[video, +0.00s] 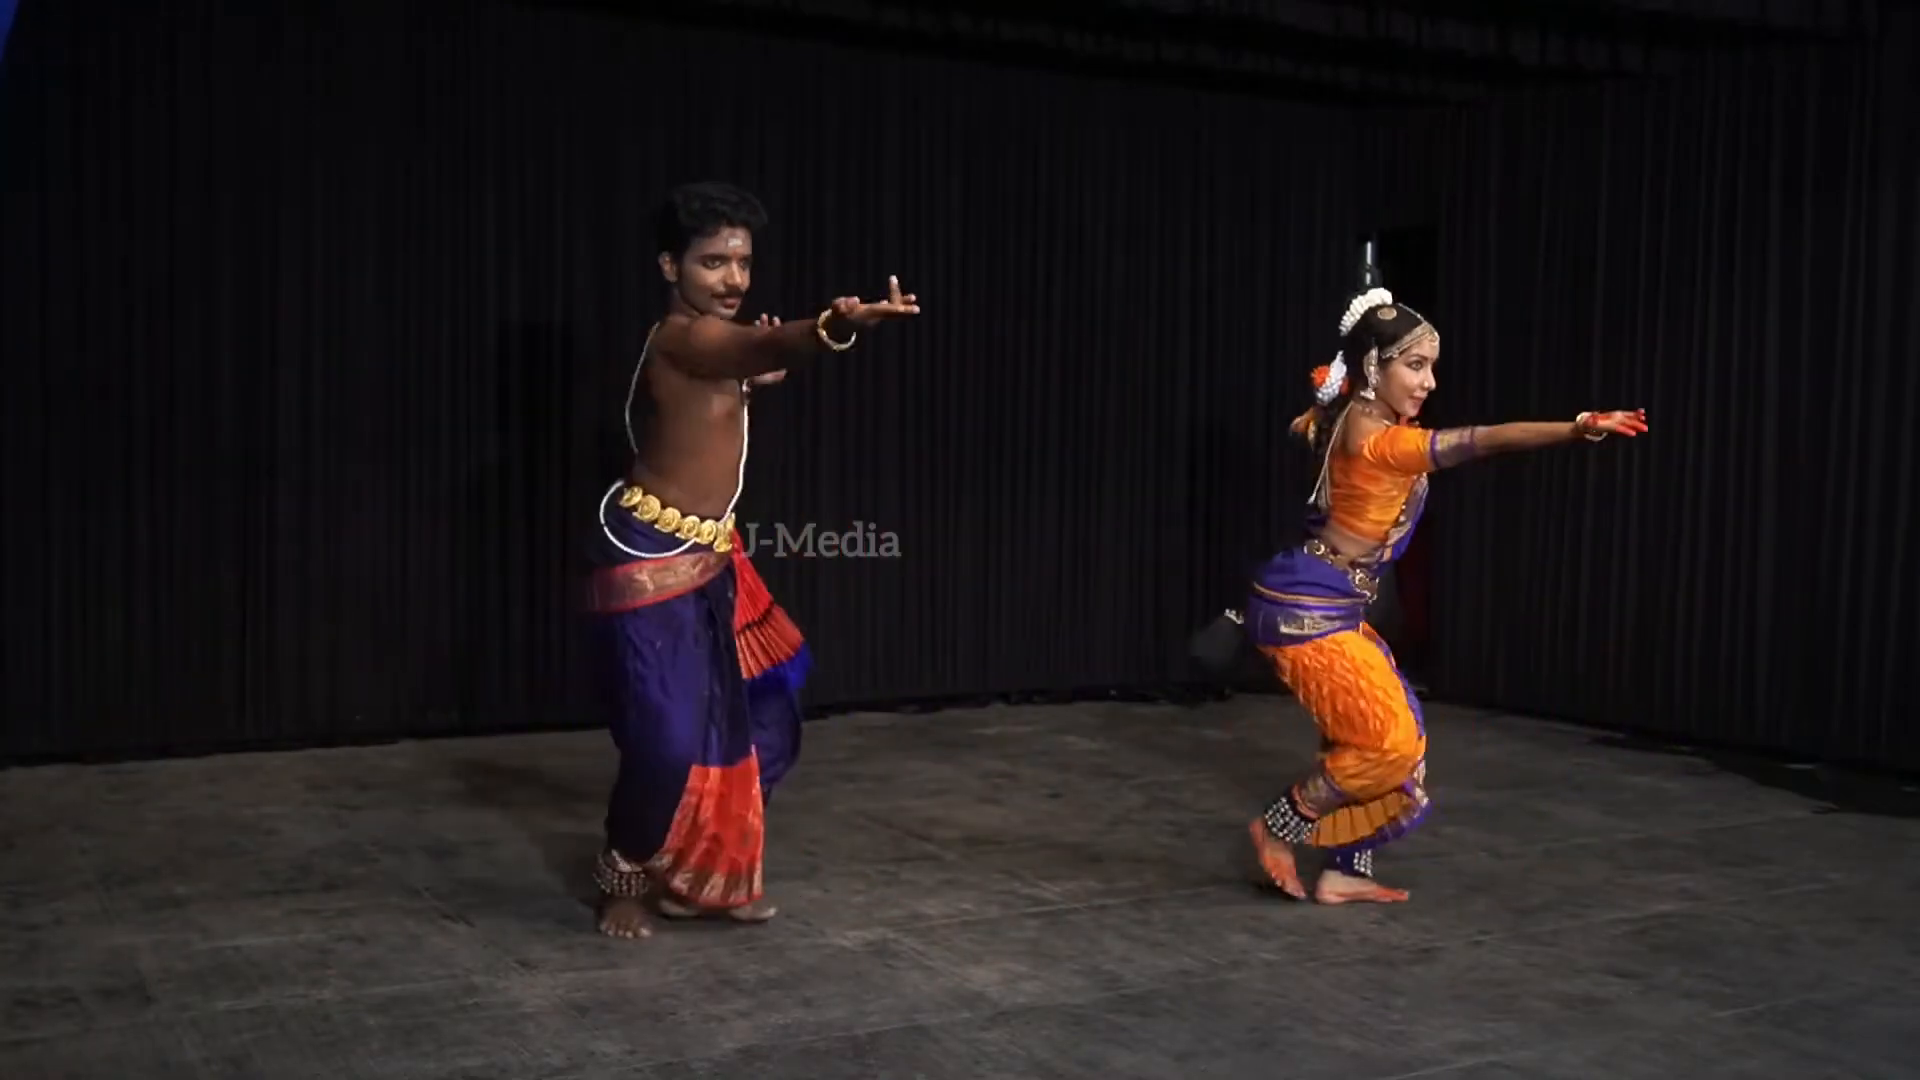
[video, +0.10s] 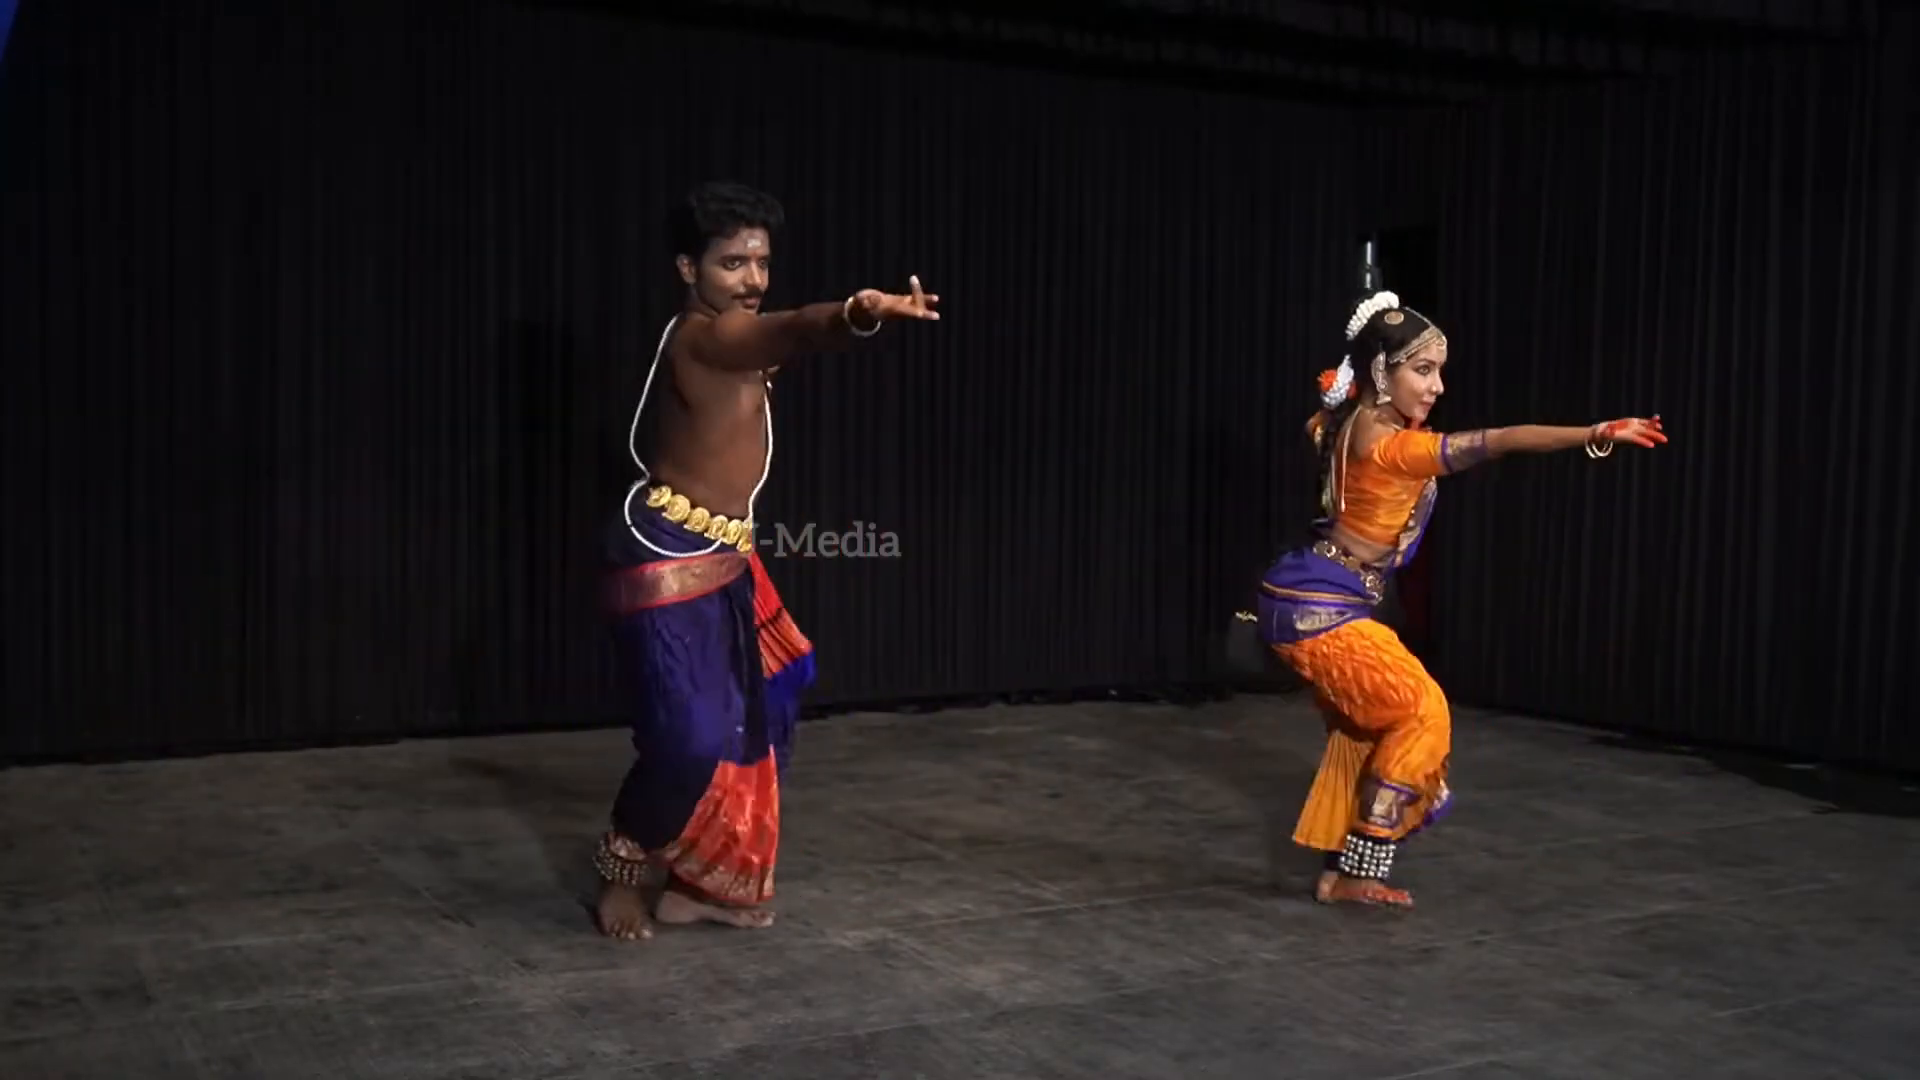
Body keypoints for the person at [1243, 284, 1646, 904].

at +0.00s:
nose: (1429, 380)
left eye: (1432, 367)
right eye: (1416, 365)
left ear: (1376, 369)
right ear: (1372, 369)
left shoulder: (1349, 414)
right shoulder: (1382, 442)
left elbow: (1305, 425)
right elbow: (1478, 440)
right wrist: (1575, 429)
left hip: (1330, 611)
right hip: (1309, 614)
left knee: (1400, 743)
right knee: (1391, 743)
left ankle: (1343, 872)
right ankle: (1277, 827)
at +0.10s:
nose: (1437, 384)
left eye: (1439, 370)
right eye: (1423, 369)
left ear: (1376, 378)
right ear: (1380, 374)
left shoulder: (1351, 421)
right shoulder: (1394, 446)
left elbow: (1320, 426)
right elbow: (1493, 441)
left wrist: (1341, 397)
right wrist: (1594, 434)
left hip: (1306, 601)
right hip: (1324, 609)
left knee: (1366, 721)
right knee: (1423, 708)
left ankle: (1345, 866)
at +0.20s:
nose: (1442, 380)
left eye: (1445, 366)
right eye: (1428, 365)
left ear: (1386, 370)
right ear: (1385, 371)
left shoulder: (1369, 421)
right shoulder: (1397, 441)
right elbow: (1495, 444)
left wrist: (1359, 386)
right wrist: (1595, 439)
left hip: (1323, 597)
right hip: (1334, 604)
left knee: (1377, 726)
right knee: (1413, 713)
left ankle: (1347, 870)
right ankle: (1426, 892)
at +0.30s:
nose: (1442, 367)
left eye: (1447, 353)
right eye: (1429, 352)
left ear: (1442, 353)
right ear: (1387, 358)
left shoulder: (1388, 411)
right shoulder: (1388, 426)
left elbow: (1411, 455)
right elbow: (1481, 450)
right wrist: (1576, 434)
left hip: (1350, 594)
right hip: (1336, 597)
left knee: (1395, 720)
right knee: (1408, 718)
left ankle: (1349, 868)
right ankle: (1423, 889)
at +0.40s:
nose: (1440, 354)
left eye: (1446, 340)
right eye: (1425, 338)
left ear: (1448, 347)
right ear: (1385, 344)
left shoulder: (1437, 409)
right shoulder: (1367, 408)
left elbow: (1485, 450)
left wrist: (1496, 441)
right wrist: (1487, 429)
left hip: (1384, 595)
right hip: (1331, 589)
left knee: (1443, 739)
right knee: (1385, 716)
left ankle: (1349, 854)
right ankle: (1411, 874)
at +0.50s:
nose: (1438, 352)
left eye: (1445, 338)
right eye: (1424, 336)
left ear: (1448, 343)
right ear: (1384, 339)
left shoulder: (1444, 409)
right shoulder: (1346, 401)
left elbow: (1535, 434)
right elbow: (1252, 418)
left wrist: (1507, 458)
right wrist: (1351, 438)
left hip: (1408, 594)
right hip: (1336, 591)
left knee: (1440, 731)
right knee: (1369, 723)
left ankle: (1353, 858)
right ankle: (1394, 880)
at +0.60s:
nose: (1401, 355)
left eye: (1418, 343)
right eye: (1389, 338)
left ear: (1433, 358)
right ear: (1366, 347)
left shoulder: (1444, 424)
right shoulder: (1329, 413)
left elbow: (1545, 454)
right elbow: (1235, 434)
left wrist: (1475, 467)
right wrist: (1264, 425)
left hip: (1412, 597)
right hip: (1333, 591)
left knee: (1446, 727)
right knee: (1352, 704)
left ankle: (1372, 865)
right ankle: (1346, 865)